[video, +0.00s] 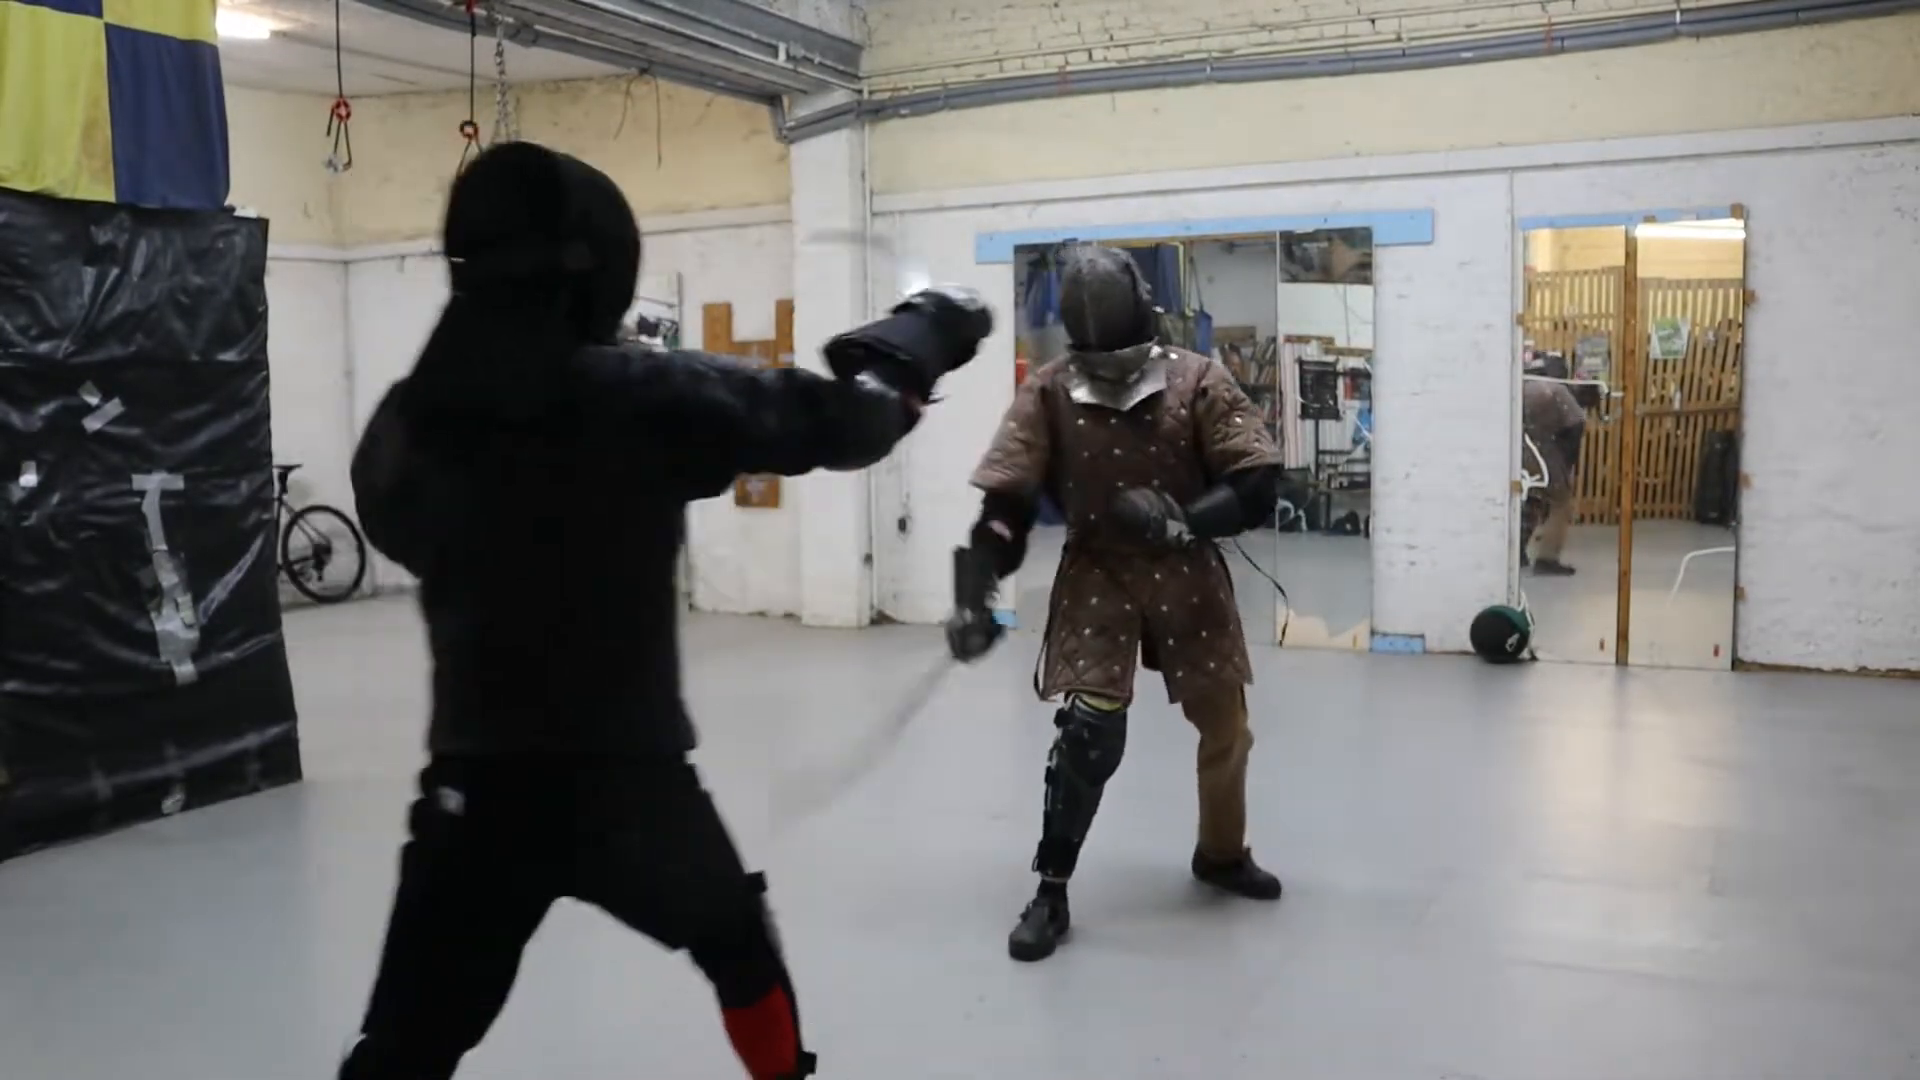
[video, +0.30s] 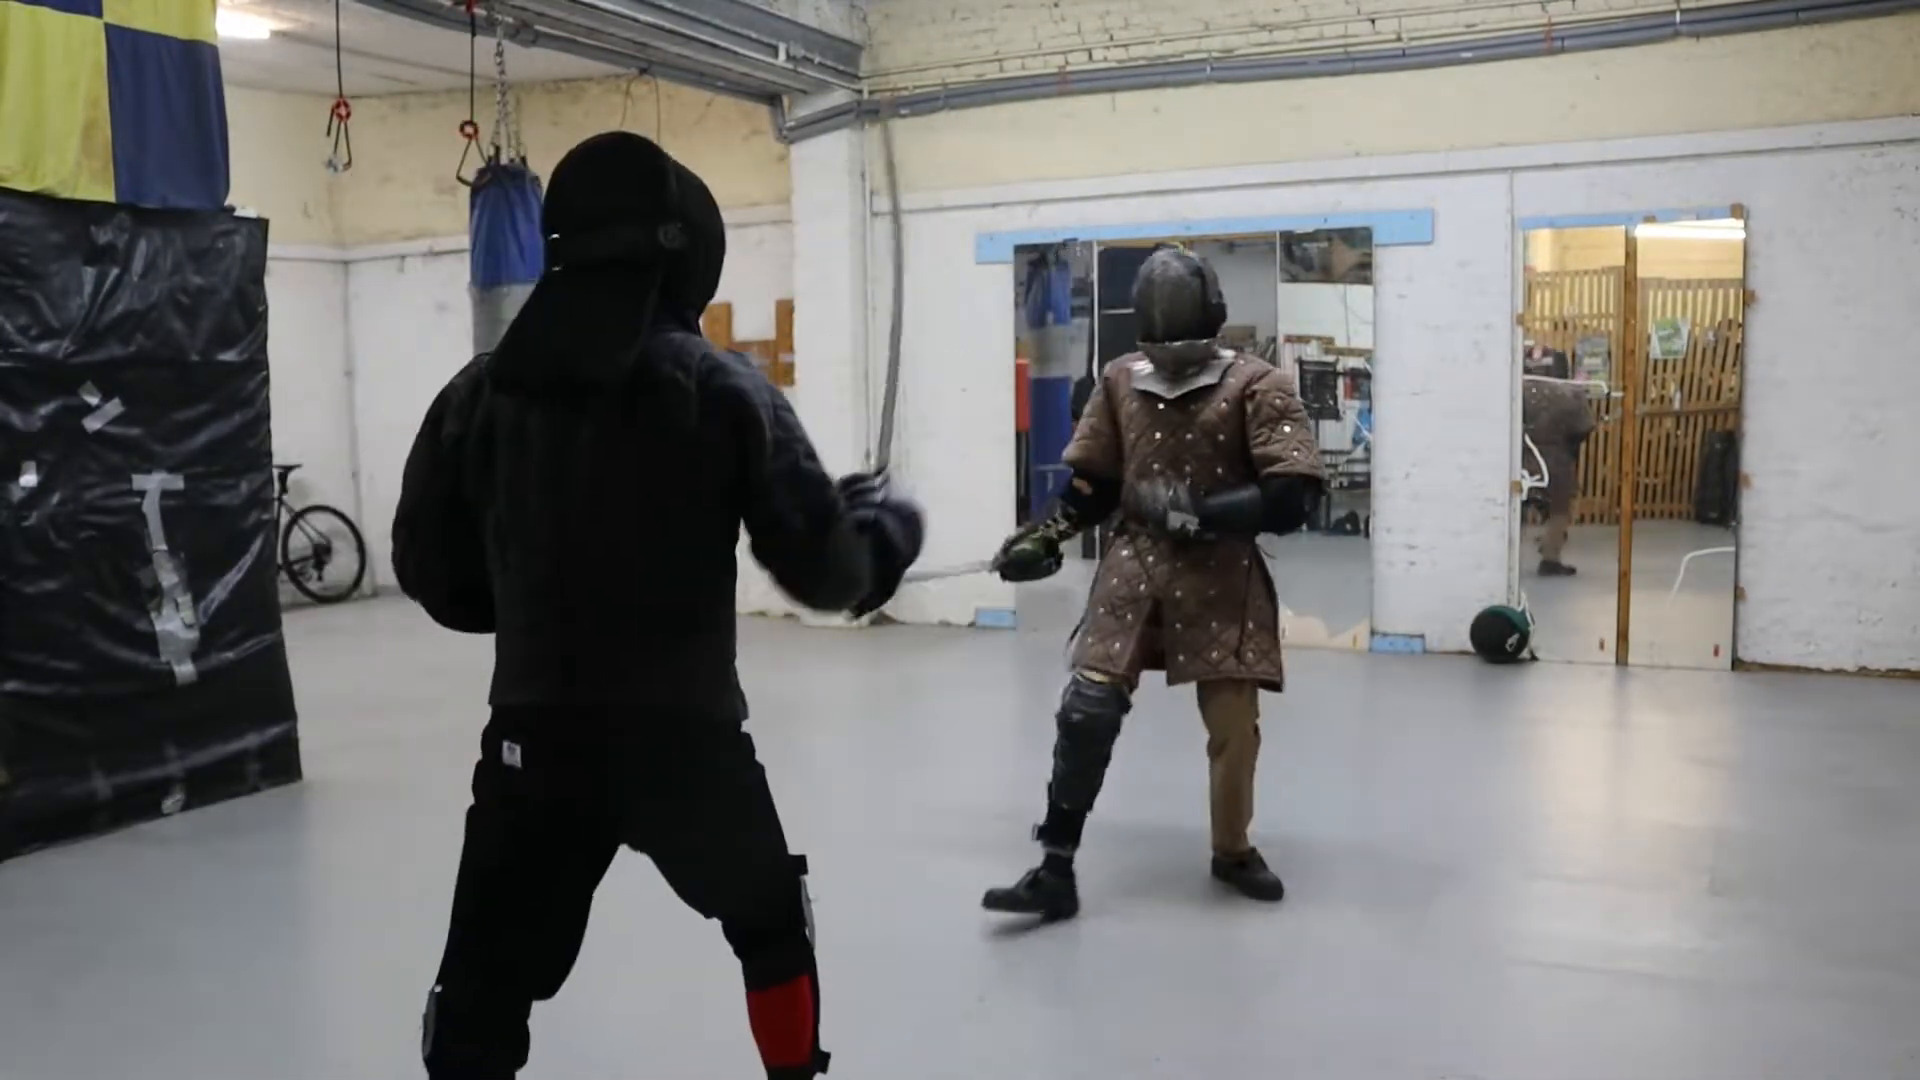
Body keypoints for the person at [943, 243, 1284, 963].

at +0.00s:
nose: (1108, 370)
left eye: (1122, 353)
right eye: (1092, 356)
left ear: (1146, 325)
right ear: (1071, 336)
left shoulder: (1198, 383)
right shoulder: (1047, 395)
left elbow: (1261, 485)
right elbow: (1008, 504)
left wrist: (1183, 523)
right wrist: (974, 591)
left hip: (1187, 576)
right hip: (1096, 578)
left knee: (1229, 726)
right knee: (1090, 733)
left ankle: (1221, 856)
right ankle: (1050, 891)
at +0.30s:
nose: (1175, 356)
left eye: (1188, 340)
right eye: (1162, 342)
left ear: (1212, 320)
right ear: (1143, 327)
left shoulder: (1258, 384)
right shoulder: (1118, 384)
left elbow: (1296, 493)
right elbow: (1085, 486)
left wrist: (1202, 514)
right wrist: (1046, 533)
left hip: (1222, 575)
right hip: (1130, 573)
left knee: (1236, 725)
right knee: (1086, 714)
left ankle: (1234, 854)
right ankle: (1055, 870)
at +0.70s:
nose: (1168, 360)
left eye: (1179, 347)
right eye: (1155, 348)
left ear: (1202, 335)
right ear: (1139, 341)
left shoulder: (1248, 390)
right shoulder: (1122, 394)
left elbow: (1273, 477)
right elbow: (1115, 488)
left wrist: (1205, 463)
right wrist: (1183, 489)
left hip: (1217, 559)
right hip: (1144, 563)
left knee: (1225, 686)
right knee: (1143, 695)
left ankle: (1234, 841)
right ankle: (1174, 777)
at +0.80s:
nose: (1164, 348)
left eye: (1174, 333)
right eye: (1151, 335)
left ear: (1197, 325)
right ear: (1135, 331)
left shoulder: (1245, 384)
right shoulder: (1119, 390)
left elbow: (1264, 473)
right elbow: (1118, 487)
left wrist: (1186, 444)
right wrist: (1181, 492)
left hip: (1217, 550)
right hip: (1143, 554)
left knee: (1226, 676)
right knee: (1137, 683)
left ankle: (1235, 827)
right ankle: (1172, 775)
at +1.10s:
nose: (1173, 338)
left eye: (1185, 323)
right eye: (1161, 325)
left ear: (1207, 311)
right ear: (1146, 319)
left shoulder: (1255, 371)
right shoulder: (1126, 377)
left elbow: (1282, 459)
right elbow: (1093, 471)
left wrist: (1202, 438)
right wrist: (1106, 545)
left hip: (1224, 533)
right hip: (1149, 535)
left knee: (1244, 673)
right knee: (1151, 667)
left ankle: (1231, 785)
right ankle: (1171, 773)